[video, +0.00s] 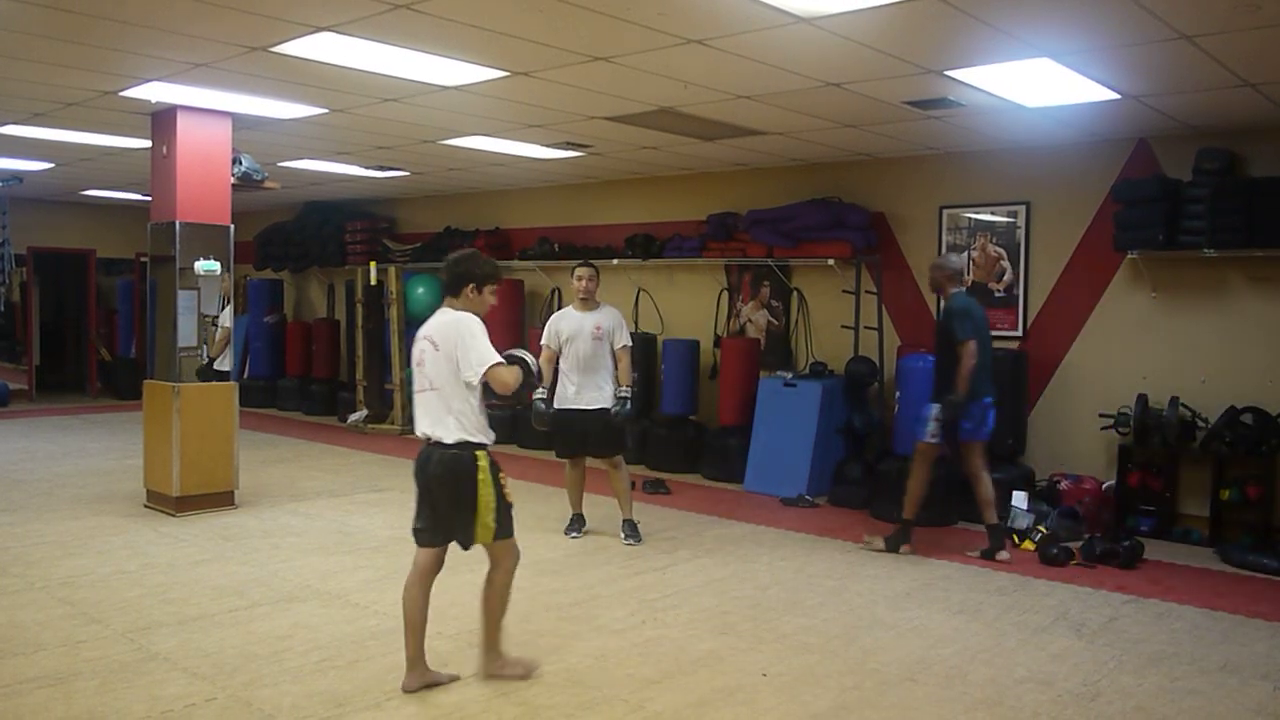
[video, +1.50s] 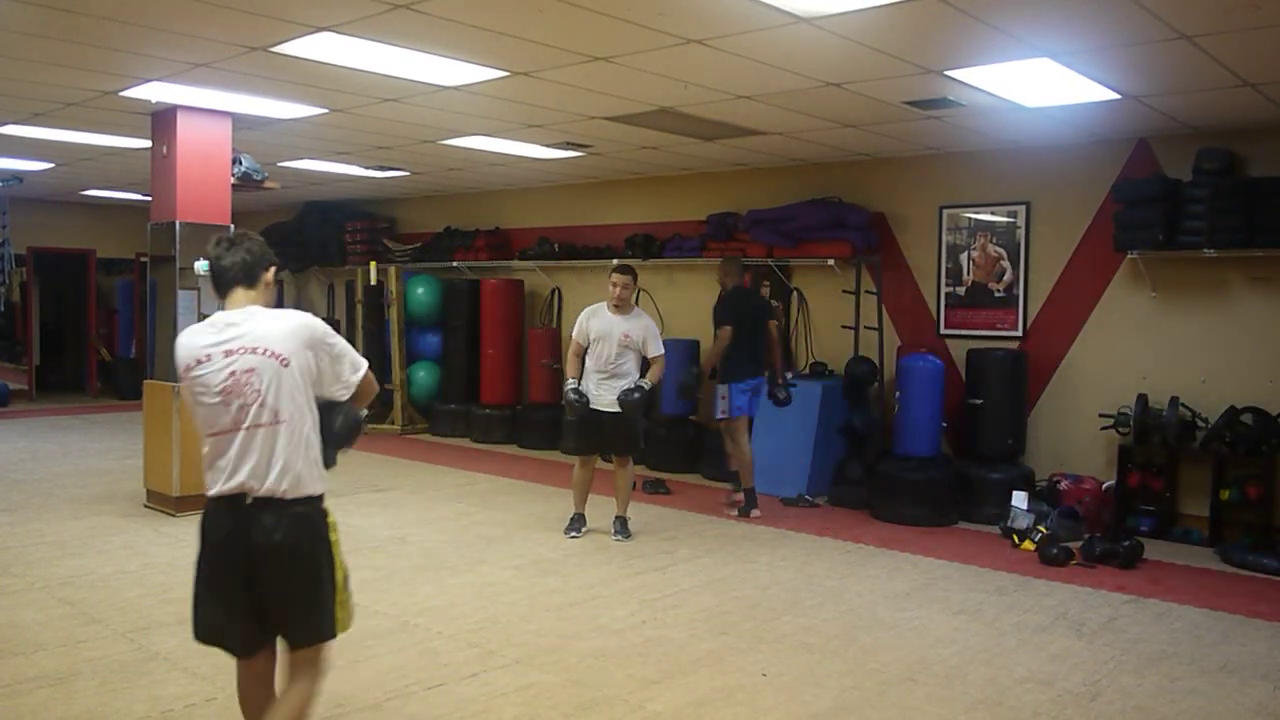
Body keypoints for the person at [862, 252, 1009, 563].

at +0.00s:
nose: (929, 280)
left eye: (932, 275)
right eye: (931, 274)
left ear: (946, 277)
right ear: (954, 277)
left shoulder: (957, 307)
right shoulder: (968, 305)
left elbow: (969, 354)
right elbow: (970, 354)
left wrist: (957, 397)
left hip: (953, 400)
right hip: (977, 400)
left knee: (922, 456)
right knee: (976, 464)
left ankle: (902, 534)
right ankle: (996, 541)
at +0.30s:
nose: (878, 278)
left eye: (880, 273)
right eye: (879, 273)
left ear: (890, 272)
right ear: (908, 272)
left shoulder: (894, 300)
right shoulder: (925, 301)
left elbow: (895, 346)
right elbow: (939, 345)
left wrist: (873, 382)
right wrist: (929, 380)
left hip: (898, 392)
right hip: (920, 391)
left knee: (891, 459)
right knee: (891, 452)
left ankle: (896, 535)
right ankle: (916, 506)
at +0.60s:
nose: (837, 278)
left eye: (839, 273)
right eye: (838, 272)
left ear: (847, 277)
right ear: (866, 277)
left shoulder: (847, 306)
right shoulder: (878, 304)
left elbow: (845, 346)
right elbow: (894, 344)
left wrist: (820, 377)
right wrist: (895, 386)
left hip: (855, 392)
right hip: (874, 390)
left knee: (862, 457)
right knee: (842, 450)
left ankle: (891, 528)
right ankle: (830, 514)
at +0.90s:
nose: (801, 272)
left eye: (804, 267)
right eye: (802, 267)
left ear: (813, 271)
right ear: (826, 272)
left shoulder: (814, 300)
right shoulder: (842, 300)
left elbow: (819, 342)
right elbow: (853, 343)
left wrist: (806, 382)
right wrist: (839, 370)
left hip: (818, 382)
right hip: (841, 382)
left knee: (783, 435)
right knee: (827, 441)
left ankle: (805, 490)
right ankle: (829, 507)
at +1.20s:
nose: (758, 278)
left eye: (760, 274)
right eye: (760, 273)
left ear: (767, 275)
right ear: (784, 274)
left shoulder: (770, 303)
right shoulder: (798, 298)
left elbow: (775, 342)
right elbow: (812, 339)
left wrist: (768, 386)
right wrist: (800, 365)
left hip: (771, 383)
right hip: (799, 381)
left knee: (752, 439)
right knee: (795, 440)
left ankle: (751, 502)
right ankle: (819, 498)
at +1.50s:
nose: (718, 278)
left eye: (720, 274)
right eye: (720, 273)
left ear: (725, 275)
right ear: (742, 274)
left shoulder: (726, 301)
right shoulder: (758, 299)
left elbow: (723, 337)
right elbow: (773, 334)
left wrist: (708, 363)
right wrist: (777, 371)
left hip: (734, 376)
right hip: (756, 374)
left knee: (738, 435)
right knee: (734, 430)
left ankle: (750, 500)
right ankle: (740, 485)